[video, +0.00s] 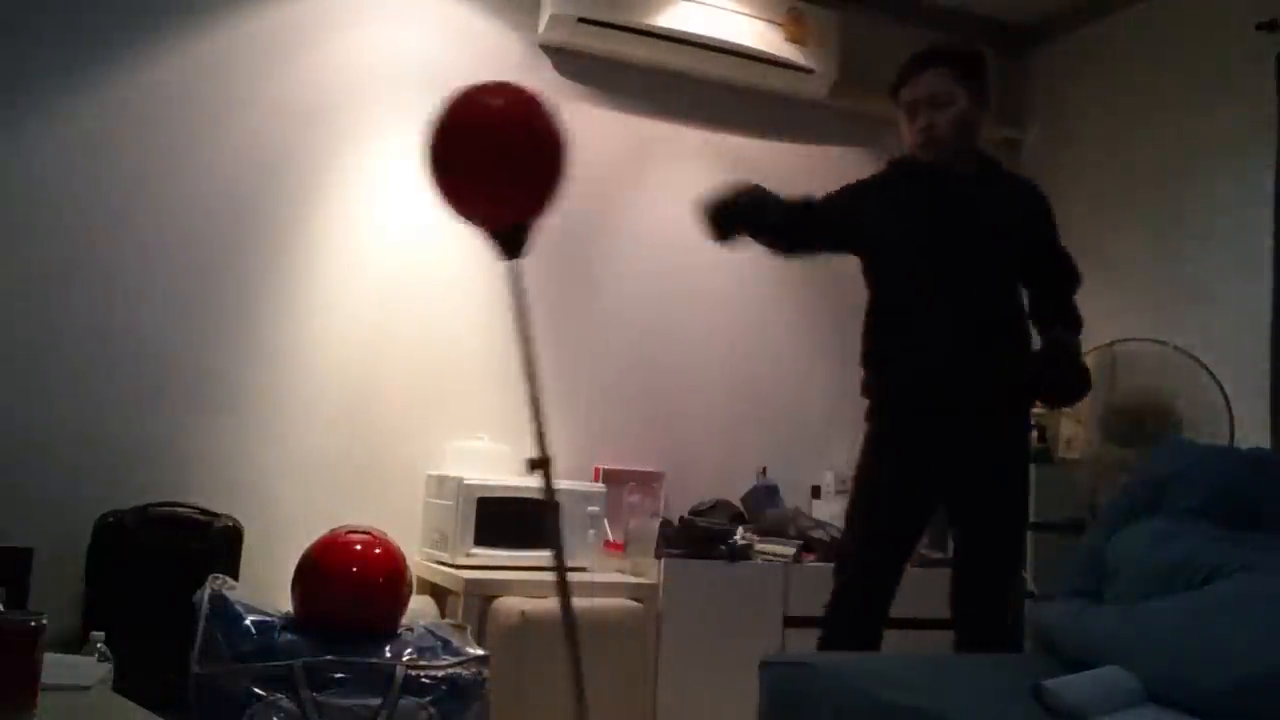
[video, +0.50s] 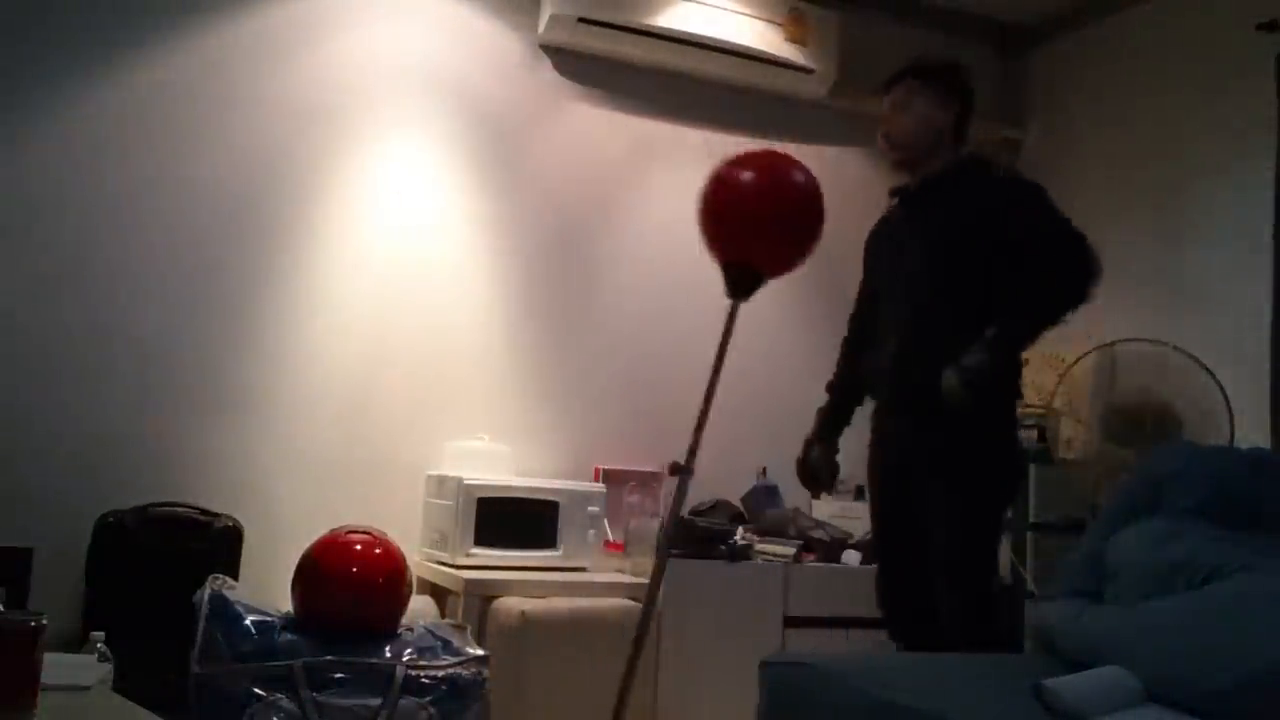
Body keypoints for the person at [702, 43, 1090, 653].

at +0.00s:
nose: (923, 121)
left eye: (938, 104)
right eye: (910, 111)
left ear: (976, 109)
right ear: (899, 124)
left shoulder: (1017, 199)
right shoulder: (886, 195)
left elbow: (1053, 286)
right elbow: (810, 223)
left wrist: (1062, 356)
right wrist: (751, 211)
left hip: (994, 419)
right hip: (904, 418)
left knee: (989, 594)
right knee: (861, 585)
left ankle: (990, 712)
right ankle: (829, 710)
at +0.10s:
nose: (931, 120)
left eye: (946, 104)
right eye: (919, 110)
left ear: (984, 108)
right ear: (909, 124)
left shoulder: (1031, 199)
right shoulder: (897, 197)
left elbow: (1071, 282)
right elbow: (813, 276)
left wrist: (1066, 355)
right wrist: (823, 274)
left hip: (998, 417)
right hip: (906, 416)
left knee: (989, 590)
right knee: (860, 582)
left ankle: (989, 712)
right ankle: (837, 710)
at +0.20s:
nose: (928, 120)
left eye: (944, 103)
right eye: (918, 109)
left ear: (985, 107)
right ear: (911, 121)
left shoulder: (1036, 202)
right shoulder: (894, 209)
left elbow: (1096, 297)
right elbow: (851, 307)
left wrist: (1058, 372)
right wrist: (851, 377)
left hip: (995, 421)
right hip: (903, 418)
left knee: (986, 600)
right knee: (859, 588)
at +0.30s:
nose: (917, 120)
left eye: (934, 102)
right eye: (909, 107)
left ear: (979, 109)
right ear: (900, 119)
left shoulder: (1032, 201)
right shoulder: (894, 214)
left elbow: (1108, 301)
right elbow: (877, 329)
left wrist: (1040, 359)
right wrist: (843, 406)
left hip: (990, 429)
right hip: (902, 427)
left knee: (983, 610)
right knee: (870, 600)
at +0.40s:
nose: (901, 125)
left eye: (918, 106)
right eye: (897, 111)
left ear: (962, 110)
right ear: (891, 122)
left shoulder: (1023, 198)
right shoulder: (893, 225)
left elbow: (1105, 285)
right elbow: (866, 340)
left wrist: (1028, 338)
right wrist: (829, 434)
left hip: (986, 431)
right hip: (901, 432)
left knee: (981, 605)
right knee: (886, 601)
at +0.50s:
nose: (889, 123)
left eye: (906, 107)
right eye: (887, 108)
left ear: (947, 117)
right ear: (883, 118)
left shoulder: (999, 193)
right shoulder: (892, 229)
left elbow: (1072, 268)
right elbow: (866, 338)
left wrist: (990, 352)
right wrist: (826, 433)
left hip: (971, 434)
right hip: (900, 436)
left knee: (960, 598)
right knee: (905, 602)